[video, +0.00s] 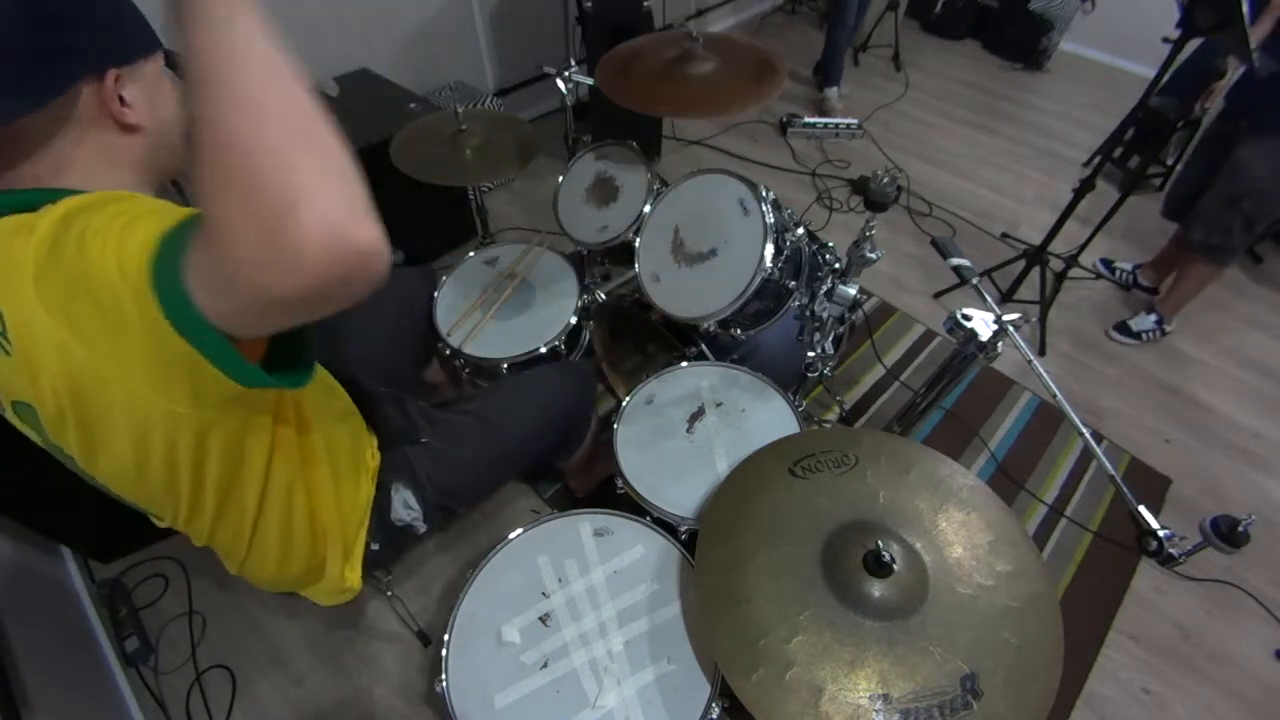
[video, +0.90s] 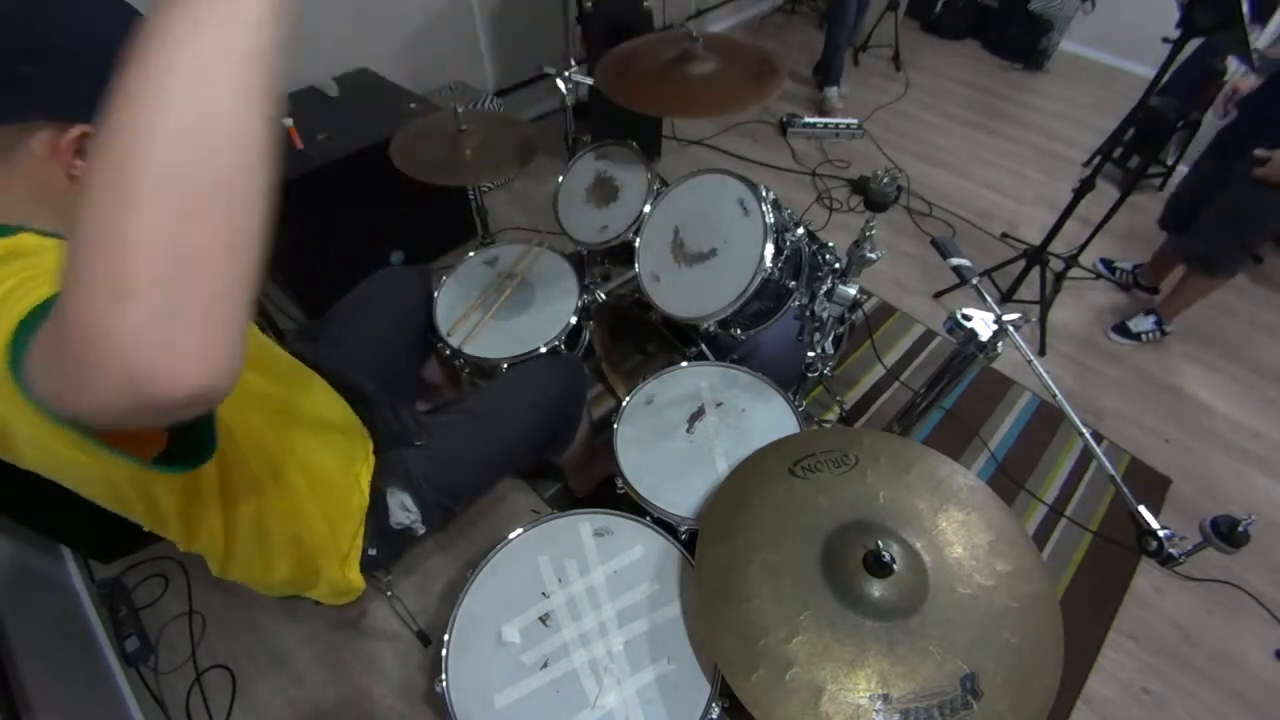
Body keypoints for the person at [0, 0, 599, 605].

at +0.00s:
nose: (183, 101)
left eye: (177, 74)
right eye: (170, 75)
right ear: (118, 98)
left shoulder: (25, 238)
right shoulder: (98, 253)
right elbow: (333, 250)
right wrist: (212, 0)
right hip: (347, 508)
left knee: (420, 280)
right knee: (569, 378)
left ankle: (420, 396)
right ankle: (582, 476)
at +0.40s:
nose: (176, 129)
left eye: (173, 105)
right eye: (165, 106)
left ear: (83, 124)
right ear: (92, 122)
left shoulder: (29, 233)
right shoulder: (61, 249)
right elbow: (285, 242)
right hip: (338, 506)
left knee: (417, 284)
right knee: (565, 372)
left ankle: (419, 394)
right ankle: (575, 472)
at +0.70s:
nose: (177, 167)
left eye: (178, 138)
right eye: (166, 139)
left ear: (68, 145)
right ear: (75, 147)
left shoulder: (41, 241)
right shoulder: (38, 273)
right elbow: (221, 278)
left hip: (271, 389)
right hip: (340, 508)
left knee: (423, 285)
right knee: (558, 369)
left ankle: (410, 402)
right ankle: (569, 471)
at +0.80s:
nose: (175, 179)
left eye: (176, 151)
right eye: (165, 151)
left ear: (73, 150)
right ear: (82, 151)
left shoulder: (42, 239)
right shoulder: (27, 283)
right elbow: (194, 326)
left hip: (286, 392)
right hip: (345, 508)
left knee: (406, 283)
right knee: (558, 365)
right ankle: (566, 475)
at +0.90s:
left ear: (72, 154)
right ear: (80, 157)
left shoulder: (38, 240)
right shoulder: (23, 304)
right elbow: (162, 364)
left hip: (297, 393)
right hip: (351, 505)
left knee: (407, 280)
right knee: (558, 368)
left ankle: (420, 398)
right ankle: (570, 468)